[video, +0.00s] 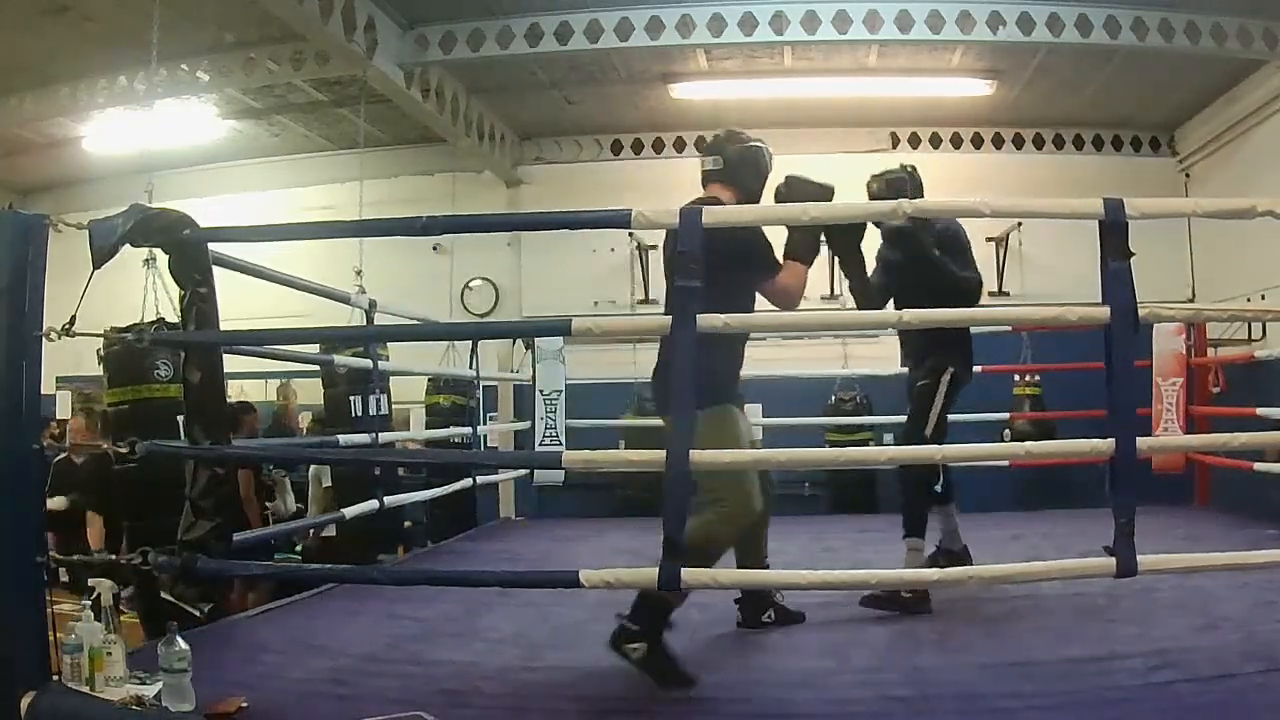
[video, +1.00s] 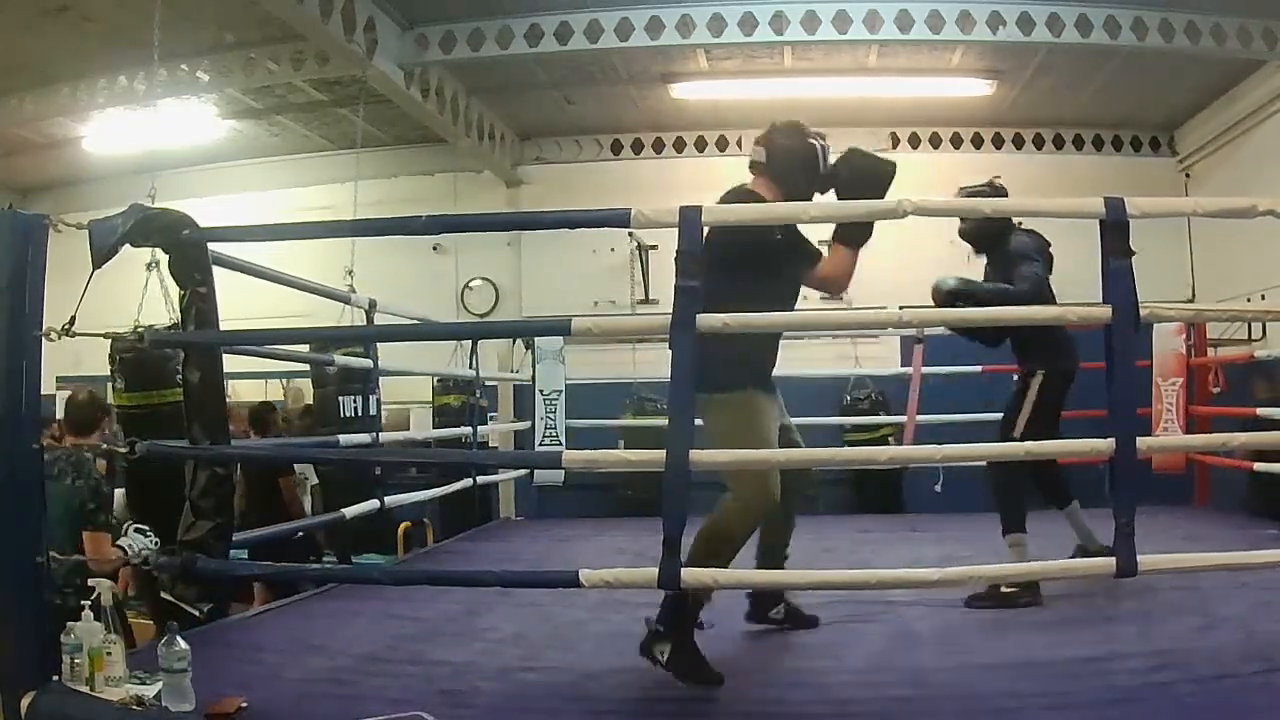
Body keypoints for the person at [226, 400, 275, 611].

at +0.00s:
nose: (257, 427)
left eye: (256, 421)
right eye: (253, 422)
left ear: (236, 427)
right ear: (240, 424)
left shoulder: (226, 449)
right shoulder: (246, 450)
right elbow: (247, 495)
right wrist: (259, 531)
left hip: (232, 526)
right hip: (248, 527)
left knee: (241, 579)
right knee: (264, 578)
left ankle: (237, 627)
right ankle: (256, 626)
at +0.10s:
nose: (259, 427)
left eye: (258, 421)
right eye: (254, 423)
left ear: (238, 426)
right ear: (241, 424)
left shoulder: (229, 448)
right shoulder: (248, 450)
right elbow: (251, 496)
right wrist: (267, 529)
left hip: (234, 525)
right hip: (250, 527)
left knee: (242, 578)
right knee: (261, 578)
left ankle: (242, 626)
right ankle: (260, 627)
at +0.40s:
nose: (271, 428)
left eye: (271, 423)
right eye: (267, 424)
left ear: (244, 428)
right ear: (254, 427)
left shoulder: (240, 449)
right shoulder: (264, 450)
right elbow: (266, 497)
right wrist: (282, 525)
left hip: (243, 521)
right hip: (263, 523)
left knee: (250, 579)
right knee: (268, 579)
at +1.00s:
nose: (282, 423)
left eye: (280, 419)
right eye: (279, 419)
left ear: (251, 425)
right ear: (273, 423)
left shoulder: (246, 452)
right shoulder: (279, 451)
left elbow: (240, 491)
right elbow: (291, 496)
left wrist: (238, 519)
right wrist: (307, 527)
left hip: (254, 524)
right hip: (280, 525)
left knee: (262, 592)